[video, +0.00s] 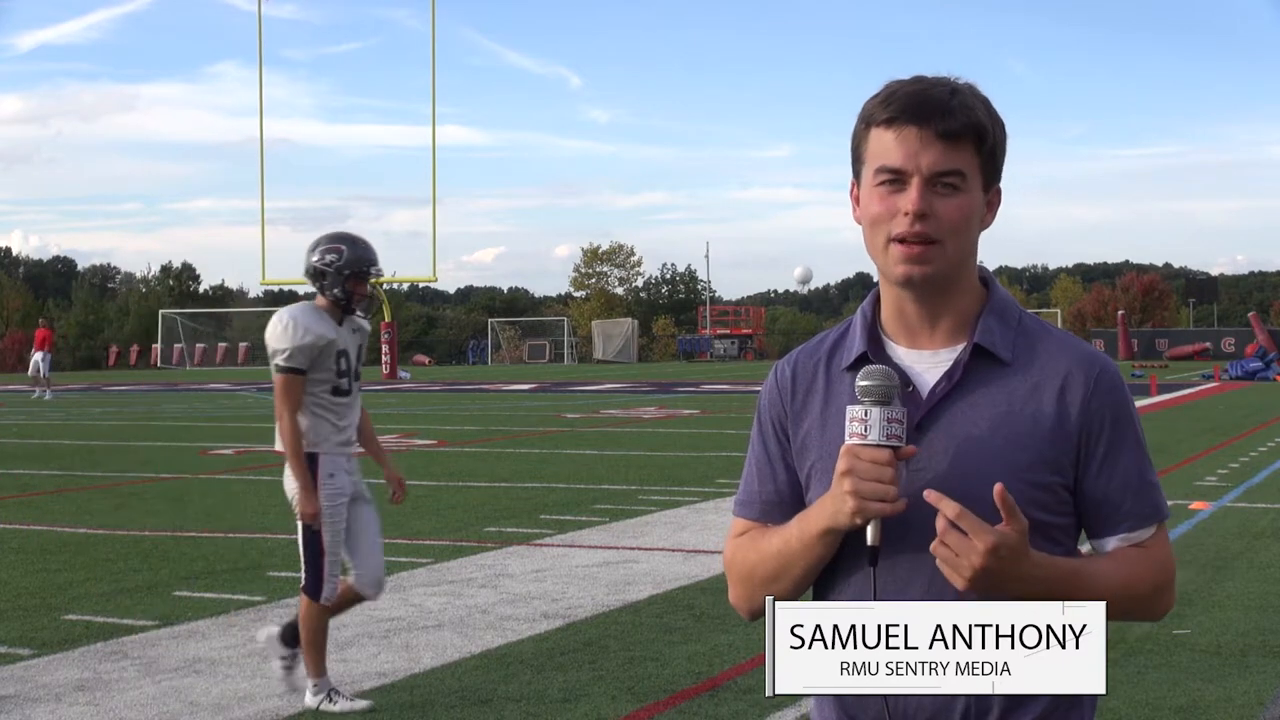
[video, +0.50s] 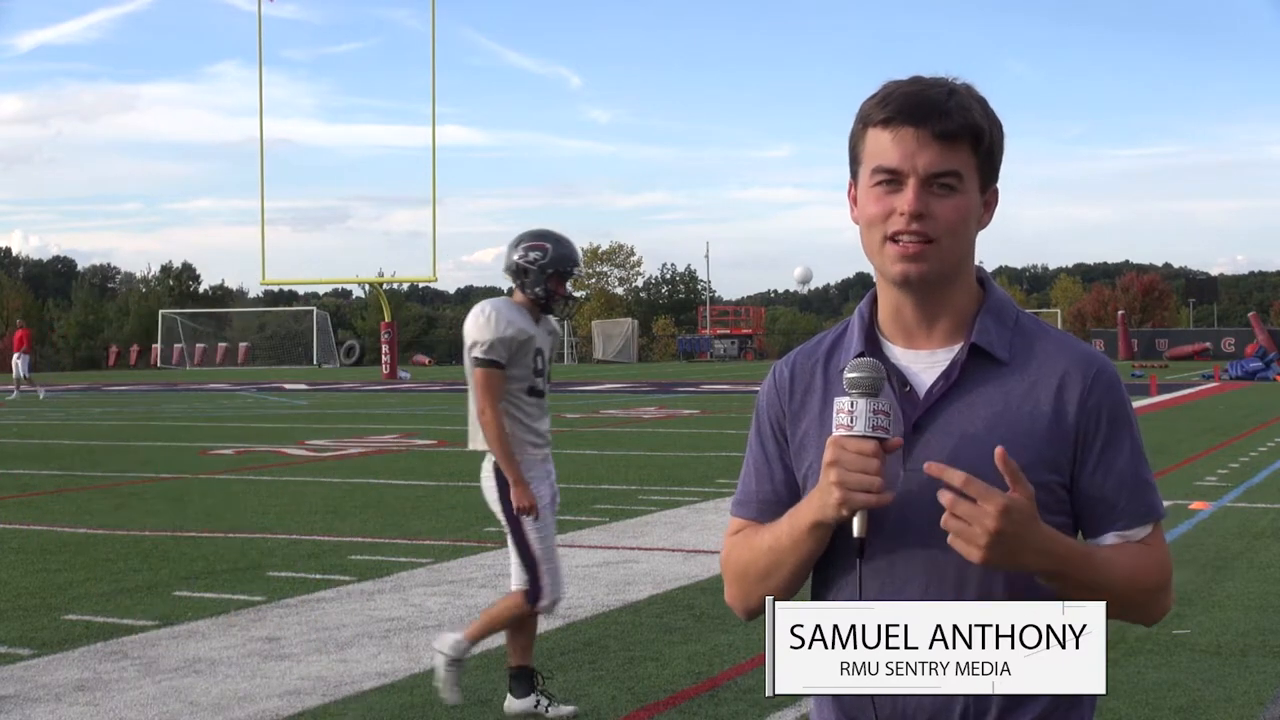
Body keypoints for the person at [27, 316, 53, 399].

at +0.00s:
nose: (41, 323)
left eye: (42, 321)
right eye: (40, 322)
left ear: (46, 322)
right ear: (39, 323)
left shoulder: (48, 332)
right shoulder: (37, 331)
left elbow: (48, 344)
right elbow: (36, 342)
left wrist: (44, 355)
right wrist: (33, 351)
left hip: (44, 353)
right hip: (37, 352)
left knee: (44, 374)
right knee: (32, 373)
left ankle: (48, 392)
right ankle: (38, 390)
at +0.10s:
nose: (38, 323)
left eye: (40, 321)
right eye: (37, 321)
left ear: (43, 323)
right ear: (36, 323)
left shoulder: (45, 332)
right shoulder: (34, 331)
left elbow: (43, 343)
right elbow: (34, 342)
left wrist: (35, 351)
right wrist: (32, 351)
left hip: (42, 353)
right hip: (34, 353)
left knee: (43, 374)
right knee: (29, 374)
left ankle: (48, 392)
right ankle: (28, 391)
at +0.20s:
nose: (33, 323)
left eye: (35, 322)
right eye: (33, 322)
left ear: (39, 323)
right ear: (32, 323)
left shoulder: (41, 332)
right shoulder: (31, 332)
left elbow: (37, 343)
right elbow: (30, 342)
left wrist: (29, 349)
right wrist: (29, 349)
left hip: (38, 354)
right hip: (31, 353)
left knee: (41, 375)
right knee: (26, 374)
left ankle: (48, 392)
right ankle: (20, 390)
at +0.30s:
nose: (28, 324)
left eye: (30, 323)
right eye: (27, 323)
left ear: (33, 323)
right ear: (27, 324)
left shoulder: (35, 332)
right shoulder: (27, 332)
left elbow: (33, 343)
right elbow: (27, 343)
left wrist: (24, 348)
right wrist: (24, 349)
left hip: (34, 354)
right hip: (26, 354)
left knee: (38, 375)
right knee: (21, 375)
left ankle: (47, 392)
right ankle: (18, 392)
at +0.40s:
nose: (23, 324)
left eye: (24, 323)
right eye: (22, 323)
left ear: (28, 323)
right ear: (21, 324)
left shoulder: (30, 332)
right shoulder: (22, 332)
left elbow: (29, 344)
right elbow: (21, 343)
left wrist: (19, 350)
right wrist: (19, 350)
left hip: (28, 355)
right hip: (21, 354)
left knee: (33, 376)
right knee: (17, 376)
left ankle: (46, 391)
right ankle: (16, 393)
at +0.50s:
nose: (18, 324)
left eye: (20, 322)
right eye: (17, 322)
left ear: (23, 323)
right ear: (17, 324)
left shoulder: (25, 332)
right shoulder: (17, 332)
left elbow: (26, 344)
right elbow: (17, 343)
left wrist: (20, 353)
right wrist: (15, 353)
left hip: (23, 354)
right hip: (16, 354)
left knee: (24, 376)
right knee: (16, 375)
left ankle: (39, 390)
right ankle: (16, 392)